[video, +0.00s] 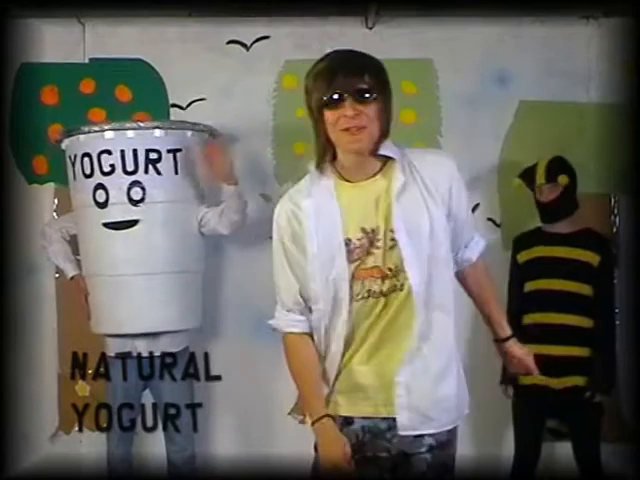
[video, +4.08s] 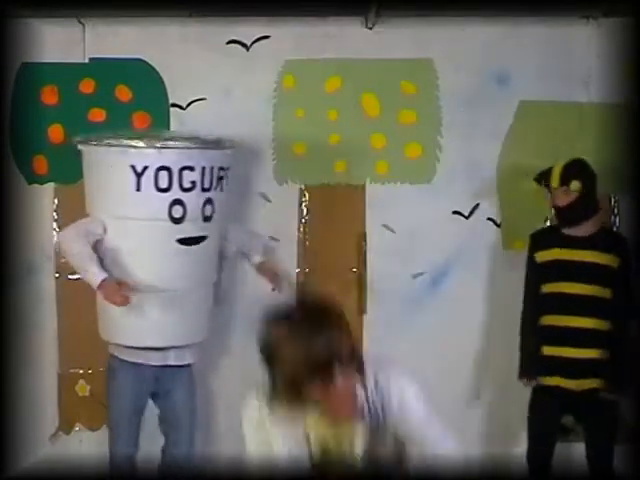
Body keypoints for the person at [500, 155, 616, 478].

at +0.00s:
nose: (541, 197)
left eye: (549, 188)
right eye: (537, 189)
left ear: (568, 189)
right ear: (532, 193)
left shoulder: (597, 245)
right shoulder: (523, 244)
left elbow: (605, 316)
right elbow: (514, 310)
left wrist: (603, 374)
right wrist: (509, 363)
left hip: (580, 378)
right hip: (530, 379)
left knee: (588, 463)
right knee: (524, 462)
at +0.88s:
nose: (556, 195)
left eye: (563, 187)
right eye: (548, 187)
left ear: (575, 189)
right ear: (535, 193)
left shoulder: (597, 245)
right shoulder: (521, 245)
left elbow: (607, 314)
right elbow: (509, 309)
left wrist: (609, 372)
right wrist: (479, 326)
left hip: (581, 371)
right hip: (532, 371)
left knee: (589, 461)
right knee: (525, 459)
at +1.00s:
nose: (555, 194)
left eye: (563, 186)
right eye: (547, 187)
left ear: (576, 190)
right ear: (537, 191)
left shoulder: (599, 245)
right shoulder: (525, 241)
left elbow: (609, 315)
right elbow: (496, 291)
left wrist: (613, 374)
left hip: (581, 370)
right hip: (533, 369)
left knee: (589, 460)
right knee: (526, 459)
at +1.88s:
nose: (579, 195)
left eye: (588, 188)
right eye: (572, 187)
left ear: (600, 193)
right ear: (561, 190)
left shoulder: (611, 249)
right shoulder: (537, 237)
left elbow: (618, 320)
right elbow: (498, 282)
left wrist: (622, 380)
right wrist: (494, 245)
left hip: (587, 368)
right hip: (538, 364)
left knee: (591, 460)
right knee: (527, 458)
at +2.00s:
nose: (577, 196)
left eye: (586, 188)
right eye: (570, 187)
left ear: (598, 193)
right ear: (559, 190)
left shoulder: (610, 249)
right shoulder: (536, 237)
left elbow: (618, 318)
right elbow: (511, 282)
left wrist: (621, 376)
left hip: (587, 365)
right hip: (538, 361)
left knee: (591, 458)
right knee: (528, 457)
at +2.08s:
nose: (574, 196)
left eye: (583, 189)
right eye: (568, 188)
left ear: (596, 194)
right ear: (557, 191)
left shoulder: (610, 249)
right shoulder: (536, 238)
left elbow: (617, 318)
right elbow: (514, 293)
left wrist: (621, 375)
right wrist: (497, 331)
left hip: (586, 365)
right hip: (537, 361)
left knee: (591, 458)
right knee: (528, 457)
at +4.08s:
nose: (551, 199)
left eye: (558, 190)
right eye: (550, 190)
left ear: (577, 192)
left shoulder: (615, 246)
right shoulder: (541, 242)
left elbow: (626, 312)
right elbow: (530, 306)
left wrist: (623, 372)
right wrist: (527, 360)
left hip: (600, 380)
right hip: (549, 378)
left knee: (601, 465)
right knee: (537, 463)